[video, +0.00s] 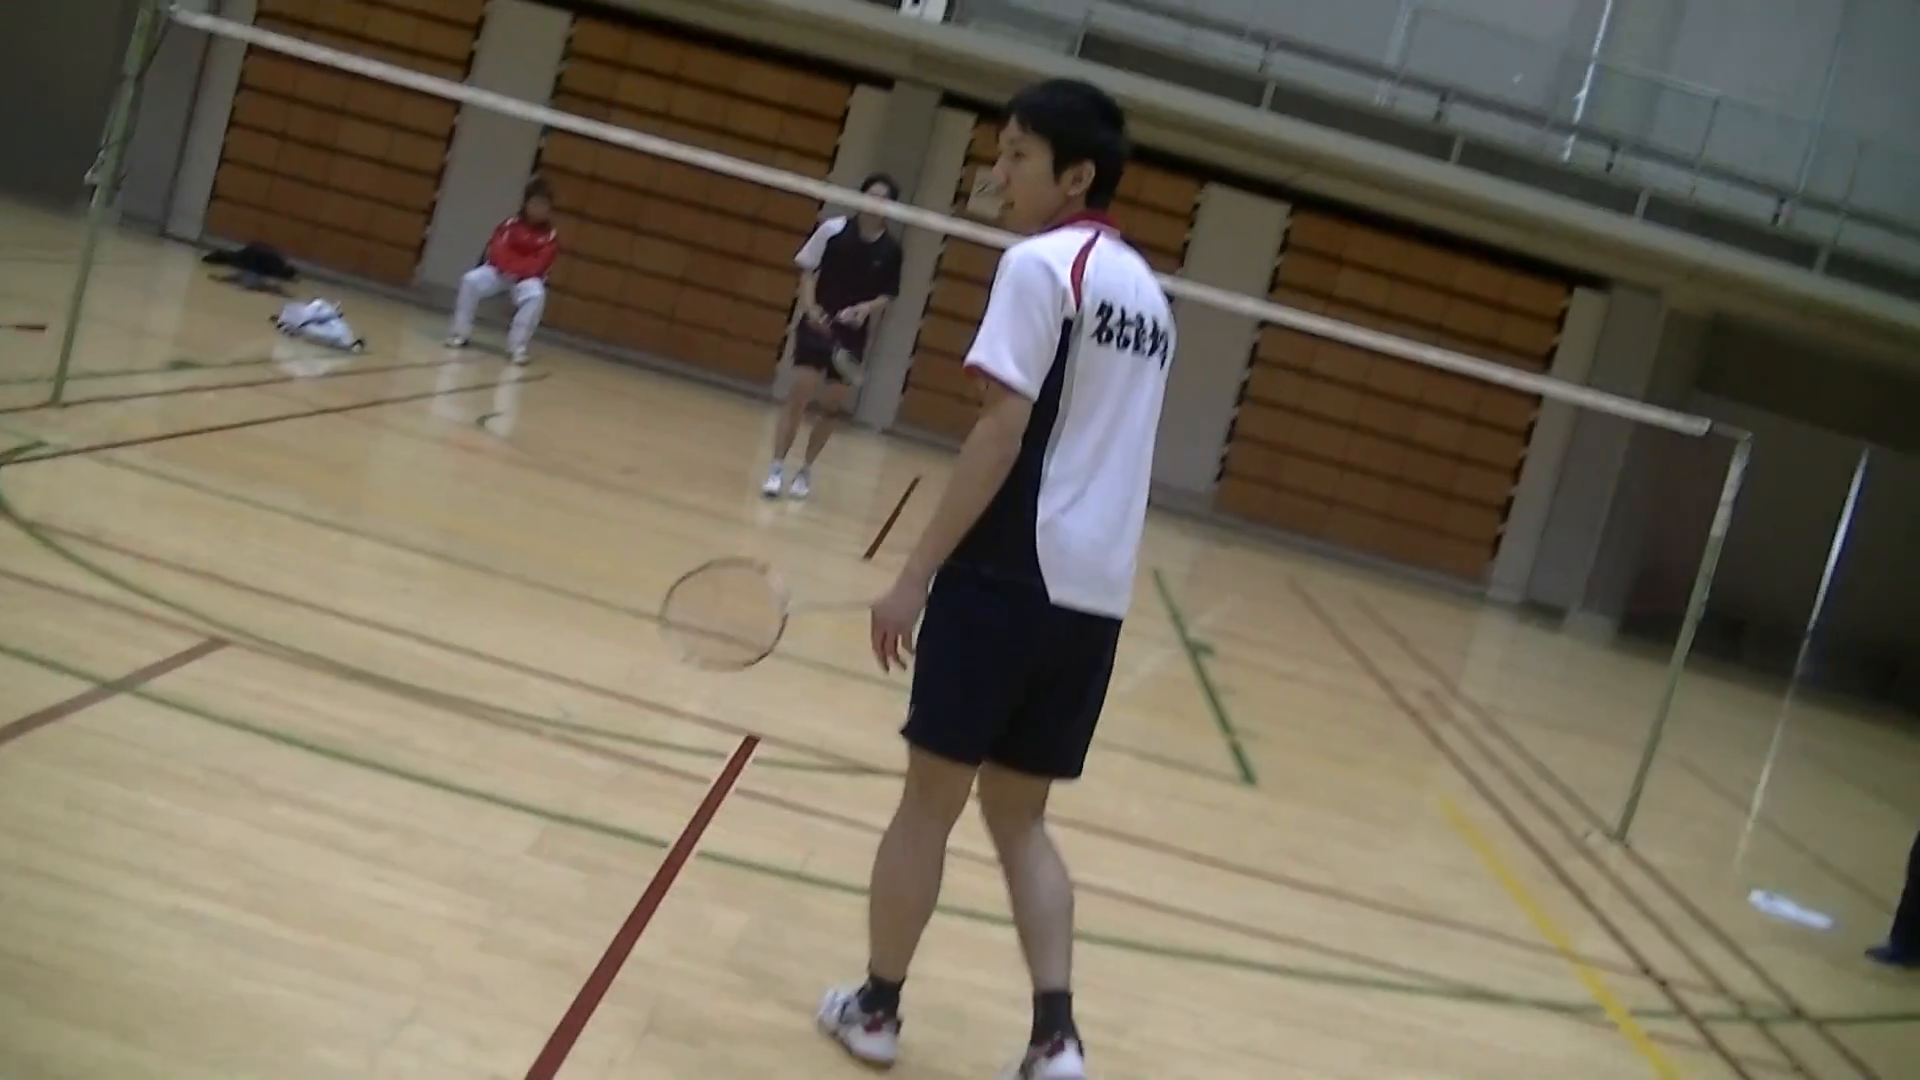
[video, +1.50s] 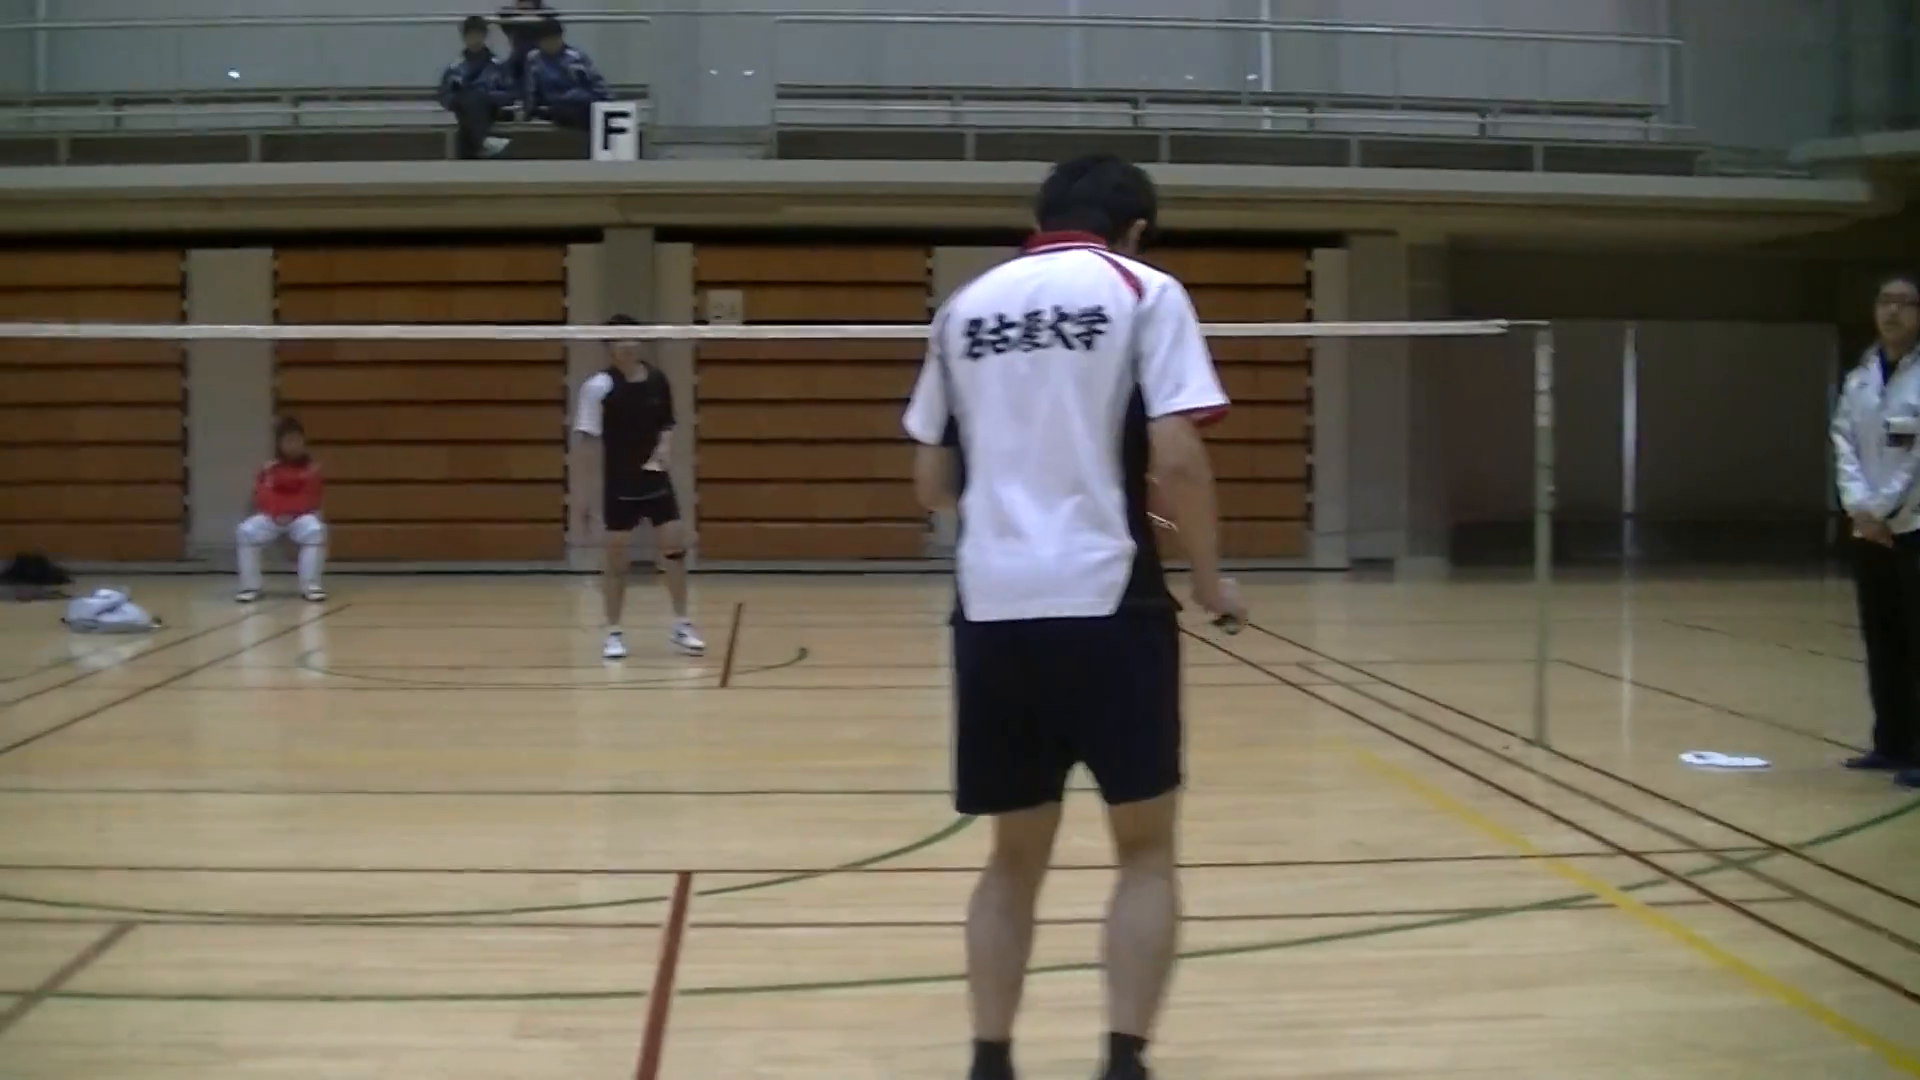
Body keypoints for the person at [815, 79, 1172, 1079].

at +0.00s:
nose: (998, 174)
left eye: (1017, 157)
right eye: (1001, 154)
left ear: (1081, 174)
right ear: (1089, 179)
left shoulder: (1041, 266)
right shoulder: (1150, 293)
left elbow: (1000, 433)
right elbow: (1119, 462)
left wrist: (914, 570)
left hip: (997, 588)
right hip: (1091, 609)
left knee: (928, 805)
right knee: (1020, 815)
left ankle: (878, 1004)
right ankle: (1056, 1037)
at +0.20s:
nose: (961, 272)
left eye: (987, 258)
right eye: (958, 252)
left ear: (1043, 279)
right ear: (951, 252)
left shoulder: (1003, 368)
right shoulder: (1065, 374)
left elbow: (977, 537)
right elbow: (1013, 546)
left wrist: (895, 688)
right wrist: (906, 648)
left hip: (955, 685)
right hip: (1022, 699)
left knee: (865, 908)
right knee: (939, 914)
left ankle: (821, 1072)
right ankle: (1006, 1075)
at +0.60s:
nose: (955, 337)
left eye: (954, 316)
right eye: (953, 317)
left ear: (973, 319)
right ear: (1051, 311)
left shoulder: (1003, 424)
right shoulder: (1098, 421)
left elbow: (1011, 598)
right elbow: (1071, 594)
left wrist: (987, 769)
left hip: (975, 740)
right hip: (1073, 748)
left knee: (916, 965)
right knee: (1035, 969)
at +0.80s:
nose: (1100, 337)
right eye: (1098, 322)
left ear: (993, 324)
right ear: (1075, 324)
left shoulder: (934, 428)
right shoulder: (1139, 430)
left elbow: (912, 593)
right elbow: (1168, 599)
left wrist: (905, 750)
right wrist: (1158, 726)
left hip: (973, 753)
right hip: (1092, 755)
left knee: (918, 967)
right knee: (1078, 982)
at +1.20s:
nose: (1079, 276)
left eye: (1079, 257)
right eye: (1078, 255)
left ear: (979, 243)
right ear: (1050, 240)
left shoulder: (888, 334)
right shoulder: (1068, 333)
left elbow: (825, 503)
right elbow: (1075, 500)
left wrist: (829, 623)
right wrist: (1119, 649)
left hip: (912, 656)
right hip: (1024, 656)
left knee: (921, 892)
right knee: (1034, 901)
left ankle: (907, 1074)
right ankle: (1022, 1076)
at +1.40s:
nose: (1094, 246)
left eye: (1094, 236)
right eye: (1094, 235)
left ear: (989, 226)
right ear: (1079, 230)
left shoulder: (913, 306)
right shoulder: (1090, 296)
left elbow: (874, 483)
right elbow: (1107, 459)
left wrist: (935, 533)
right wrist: (1151, 591)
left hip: (936, 616)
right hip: (1055, 612)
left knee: (962, 855)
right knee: (1071, 855)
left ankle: (942, 1066)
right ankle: (1049, 1067)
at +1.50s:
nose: (1146, 247)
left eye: (1146, 237)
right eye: (1146, 236)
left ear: (1039, 225)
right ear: (1131, 231)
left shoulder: (964, 306)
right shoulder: (1148, 295)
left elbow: (934, 483)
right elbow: (1176, 458)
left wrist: (1014, 474)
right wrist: (1209, 580)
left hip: (994, 618)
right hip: (1113, 613)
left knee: (1013, 852)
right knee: (1144, 851)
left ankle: (988, 1063)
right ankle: (1125, 1061)